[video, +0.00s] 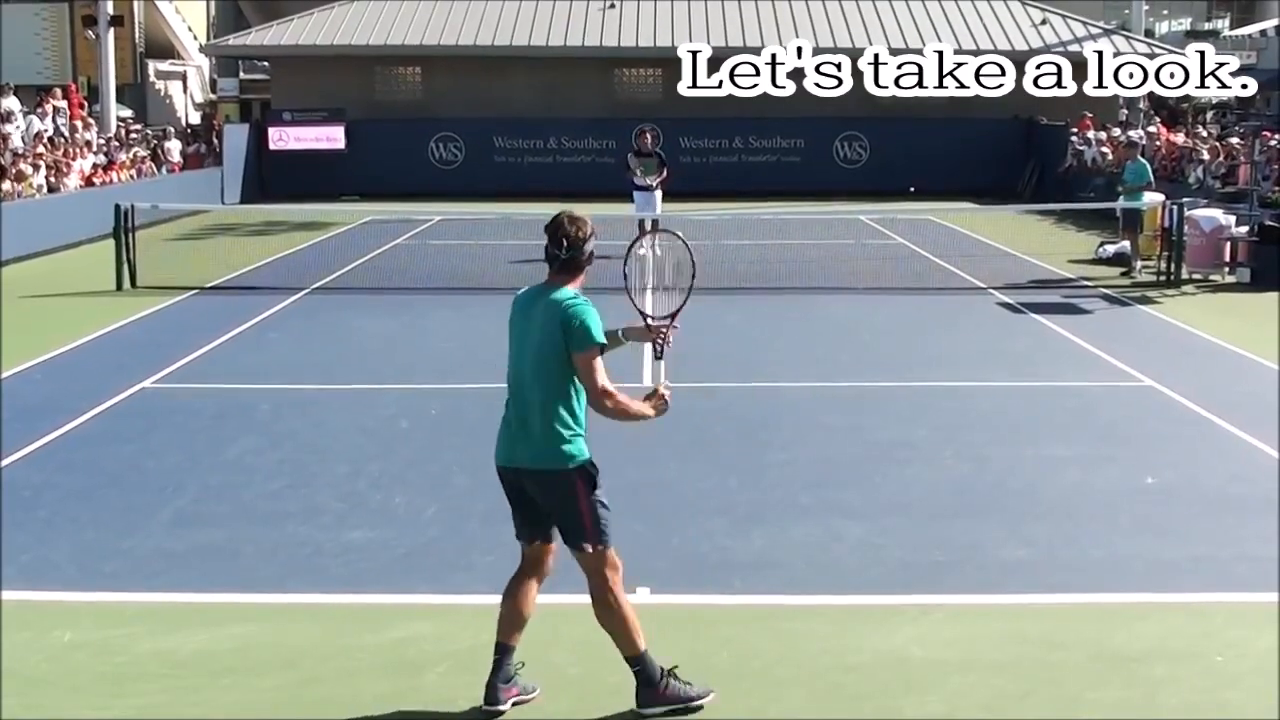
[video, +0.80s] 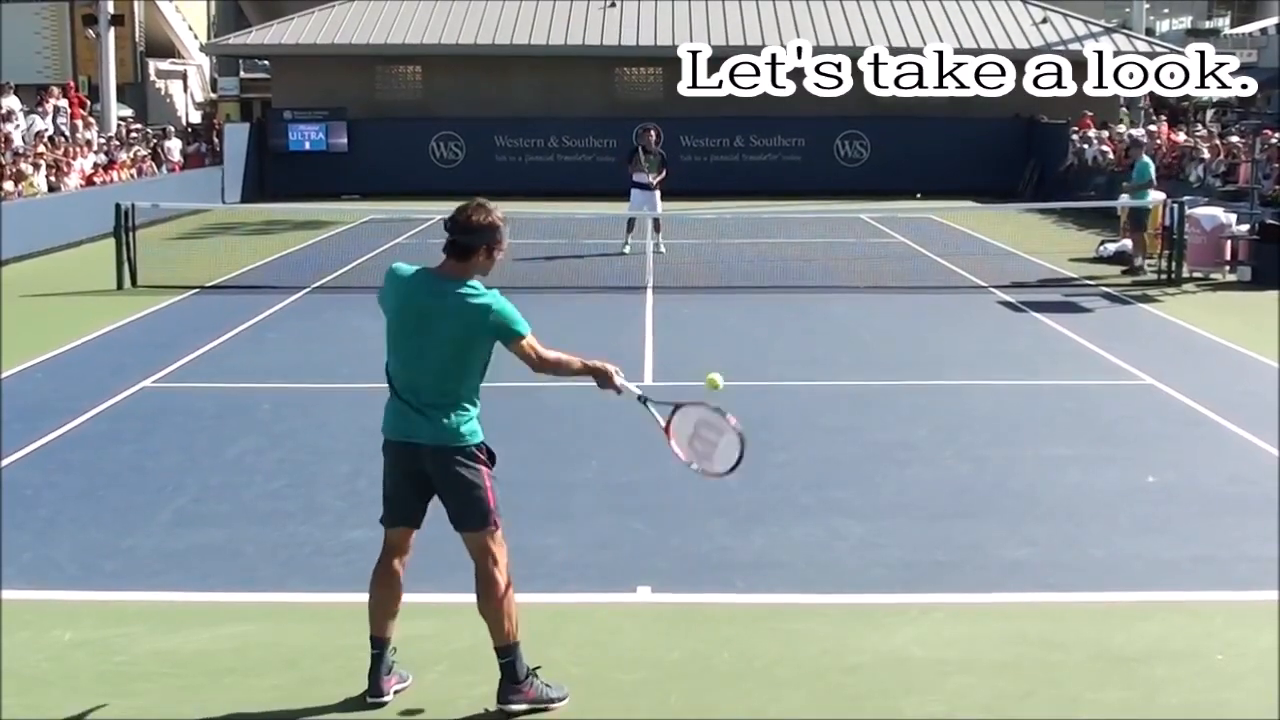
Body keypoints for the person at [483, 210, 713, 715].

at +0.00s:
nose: (592, 258)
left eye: (587, 250)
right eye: (592, 251)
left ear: (547, 253)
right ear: (589, 257)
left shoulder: (523, 302)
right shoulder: (578, 313)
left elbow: (568, 349)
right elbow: (602, 397)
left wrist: (633, 333)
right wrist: (648, 407)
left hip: (513, 457)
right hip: (560, 460)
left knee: (536, 558)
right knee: (604, 569)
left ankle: (500, 680)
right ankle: (652, 682)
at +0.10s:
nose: (586, 247)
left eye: (582, 240)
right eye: (586, 240)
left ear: (541, 241)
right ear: (580, 246)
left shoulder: (526, 286)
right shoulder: (555, 298)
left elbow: (593, 311)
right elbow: (569, 381)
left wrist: (646, 299)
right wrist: (639, 386)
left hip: (501, 446)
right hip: (541, 448)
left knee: (527, 551)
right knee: (580, 553)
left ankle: (500, 675)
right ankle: (593, 677)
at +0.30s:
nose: (577, 250)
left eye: (572, 244)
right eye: (576, 244)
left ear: (531, 242)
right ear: (570, 249)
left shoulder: (540, 283)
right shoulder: (527, 294)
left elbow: (606, 280)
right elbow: (503, 367)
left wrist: (674, 265)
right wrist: (579, 374)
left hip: (482, 442)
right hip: (517, 448)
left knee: (491, 551)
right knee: (536, 563)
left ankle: (437, 661)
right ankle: (522, 687)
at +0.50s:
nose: (559, 261)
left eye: (556, 254)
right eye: (558, 253)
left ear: (515, 250)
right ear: (549, 258)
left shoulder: (524, 292)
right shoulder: (494, 304)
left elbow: (587, 301)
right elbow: (471, 380)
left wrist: (658, 310)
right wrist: (517, 433)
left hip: (448, 443)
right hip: (481, 449)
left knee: (448, 548)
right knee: (520, 558)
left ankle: (393, 661)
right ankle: (519, 687)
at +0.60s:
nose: (541, 267)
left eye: (540, 260)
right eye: (541, 260)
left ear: (497, 254)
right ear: (533, 263)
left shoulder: (477, 289)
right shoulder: (488, 311)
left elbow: (541, 308)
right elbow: (479, 397)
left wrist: (604, 325)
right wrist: (508, 465)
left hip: (424, 445)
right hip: (464, 452)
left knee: (420, 553)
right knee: (512, 557)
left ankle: (381, 669)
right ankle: (519, 687)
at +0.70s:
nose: (519, 266)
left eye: (521, 258)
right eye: (520, 258)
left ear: (475, 249)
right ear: (508, 258)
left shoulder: (438, 275)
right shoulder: (489, 311)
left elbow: (460, 314)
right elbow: (521, 401)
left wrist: (504, 329)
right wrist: (570, 461)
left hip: (409, 439)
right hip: (461, 448)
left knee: (400, 552)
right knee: (500, 559)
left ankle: (378, 672)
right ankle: (517, 685)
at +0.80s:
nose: (501, 257)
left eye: (500, 249)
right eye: (500, 250)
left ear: (450, 243)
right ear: (486, 252)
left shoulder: (398, 279)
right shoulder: (488, 305)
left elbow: (396, 307)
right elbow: (540, 359)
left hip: (401, 440)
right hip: (457, 445)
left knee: (393, 551)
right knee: (490, 558)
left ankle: (380, 673)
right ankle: (515, 680)